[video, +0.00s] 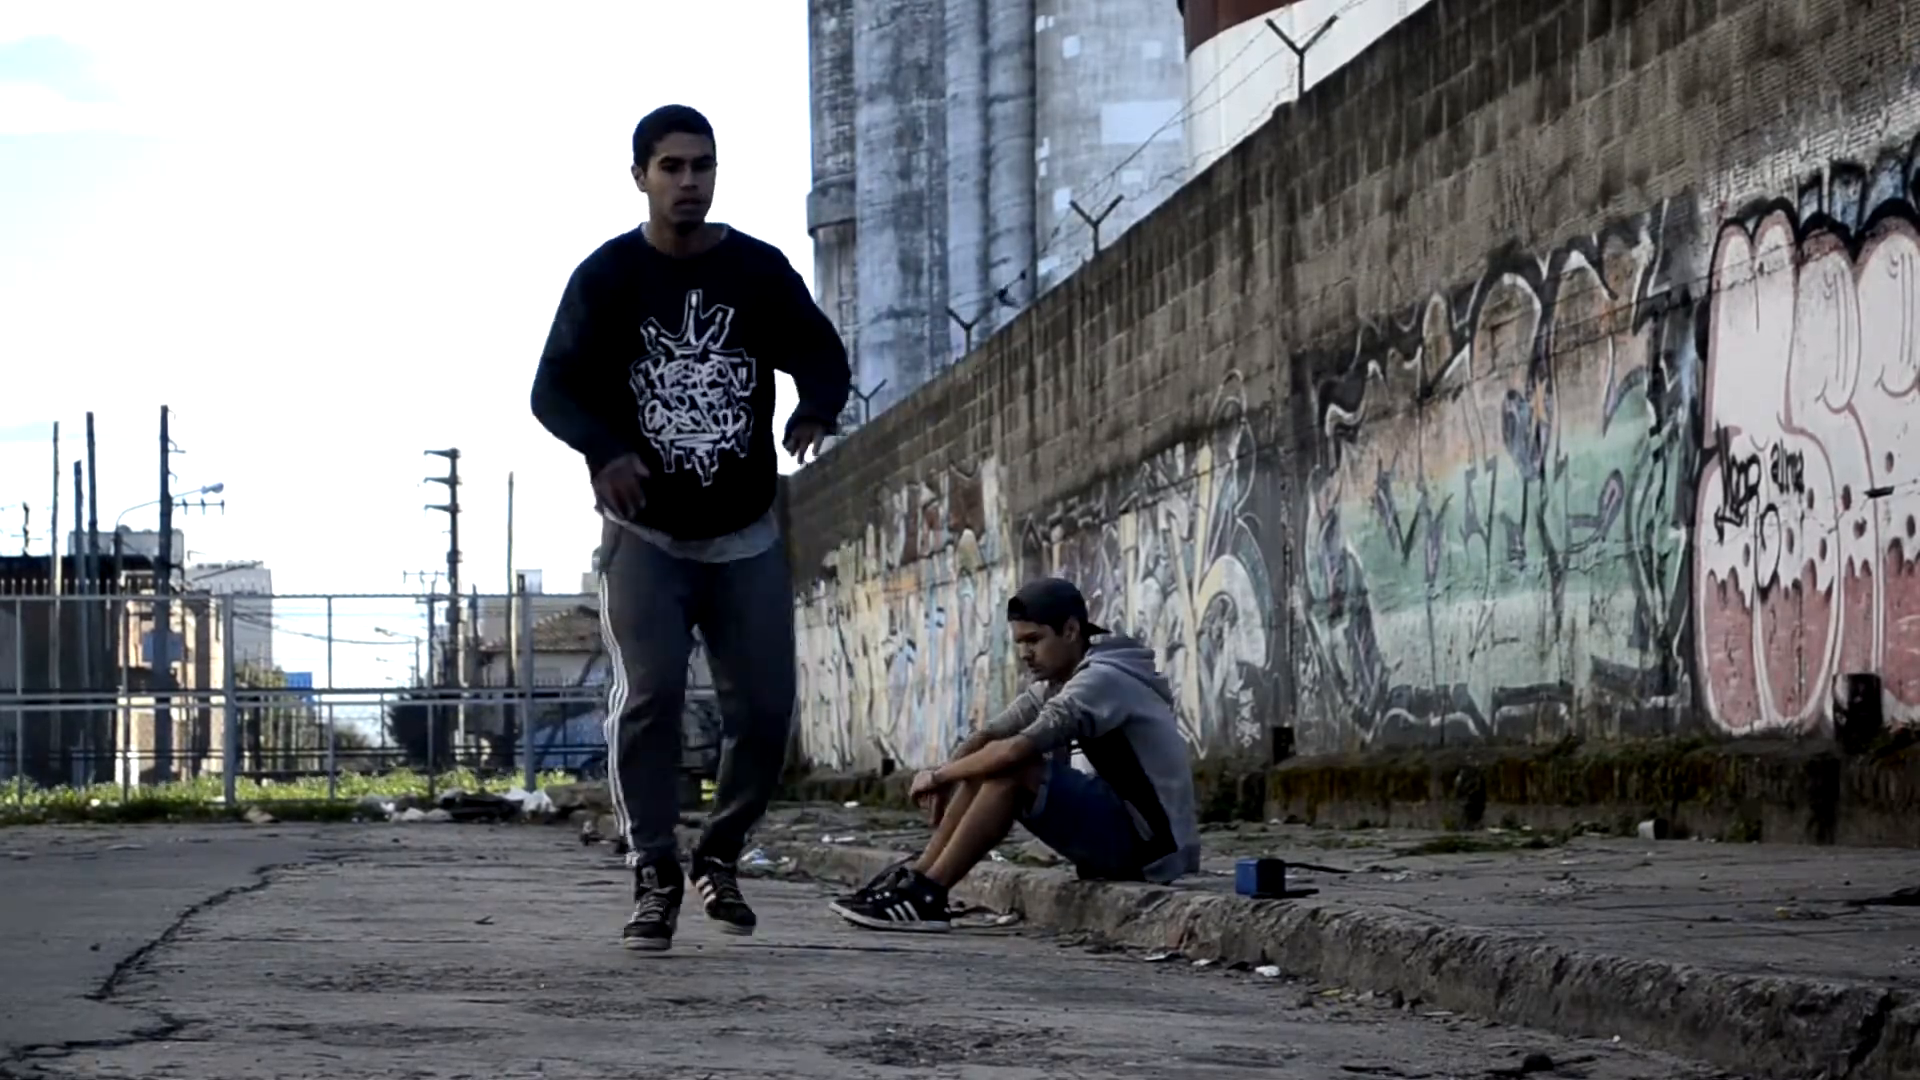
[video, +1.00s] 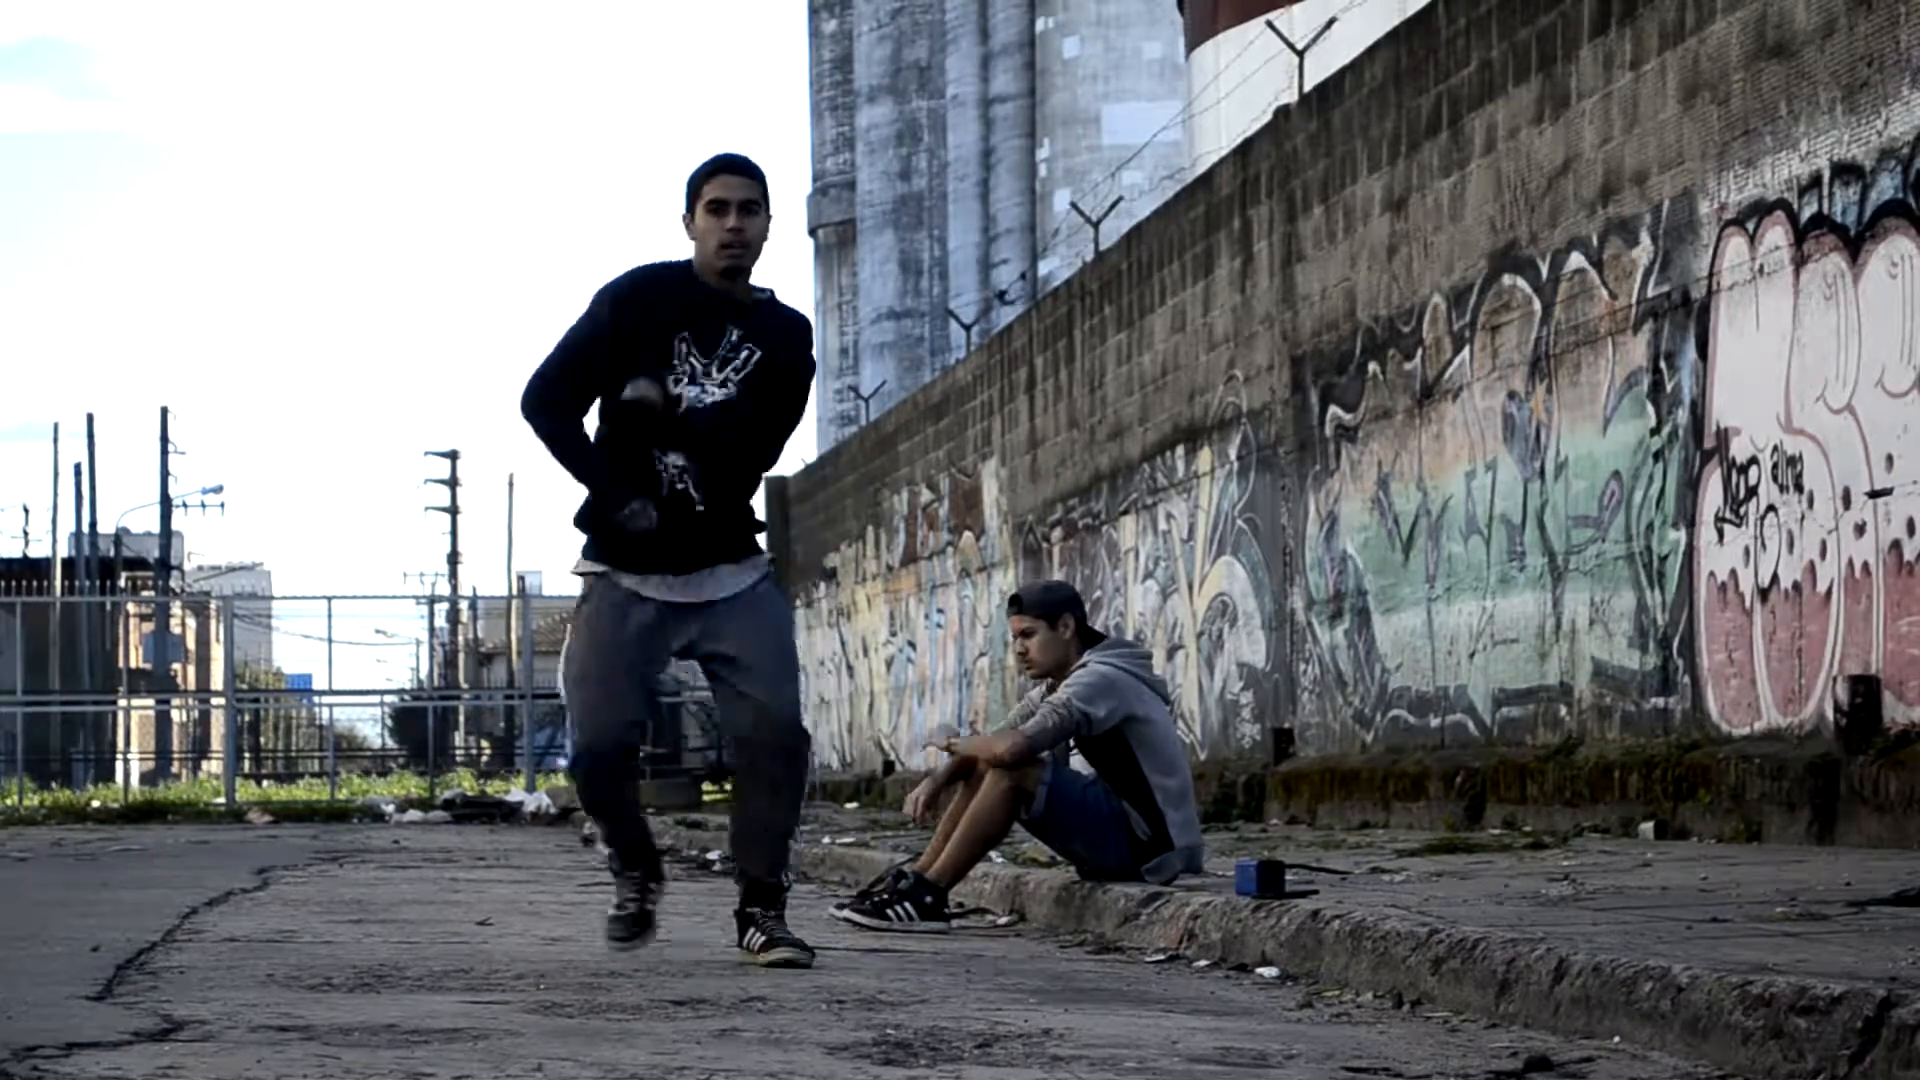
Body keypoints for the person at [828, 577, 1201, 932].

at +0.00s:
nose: (1023, 655)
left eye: (1032, 641)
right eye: (1018, 643)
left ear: (1071, 631)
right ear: (1062, 635)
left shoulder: (1102, 677)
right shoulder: (1064, 678)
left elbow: (1018, 752)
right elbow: (992, 735)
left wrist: (940, 774)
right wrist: (940, 777)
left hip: (1150, 848)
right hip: (1119, 838)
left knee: (1016, 769)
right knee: (988, 760)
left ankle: (932, 895)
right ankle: (915, 881)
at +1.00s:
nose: (1019, 650)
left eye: (1028, 636)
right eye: (1015, 639)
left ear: (1067, 628)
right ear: (1061, 632)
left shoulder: (1101, 676)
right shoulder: (1064, 684)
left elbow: (1011, 751)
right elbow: (999, 743)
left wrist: (957, 749)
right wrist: (942, 776)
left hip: (1151, 848)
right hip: (1120, 839)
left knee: (1013, 771)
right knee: (983, 767)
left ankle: (933, 895)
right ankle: (915, 882)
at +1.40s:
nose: (1030, 641)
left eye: (1041, 629)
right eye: (1026, 630)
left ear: (1080, 626)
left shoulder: (1104, 672)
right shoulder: (1060, 673)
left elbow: (1010, 737)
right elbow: (990, 730)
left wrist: (1001, 721)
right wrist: (936, 793)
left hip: (1146, 845)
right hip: (1115, 834)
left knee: (1012, 766)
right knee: (988, 755)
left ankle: (932, 894)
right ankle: (915, 880)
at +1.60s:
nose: (1029, 642)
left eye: (1039, 629)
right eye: (1026, 630)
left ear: (1079, 627)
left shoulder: (1103, 670)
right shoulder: (1073, 672)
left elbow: (1009, 737)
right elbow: (995, 728)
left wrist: (999, 720)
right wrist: (941, 784)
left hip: (1150, 842)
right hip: (1119, 832)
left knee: (1011, 765)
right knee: (989, 758)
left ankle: (932, 895)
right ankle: (912, 883)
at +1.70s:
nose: (1028, 639)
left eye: (1039, 626)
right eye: (1026, 628)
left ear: (1079, 625)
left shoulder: (1101, 667)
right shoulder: (1081, 669)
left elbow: (1010, 735)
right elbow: (1010, 734)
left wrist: (978, 725)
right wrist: (949, 771)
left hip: (1149, 843)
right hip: (1122, 834)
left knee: (1014, 764)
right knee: (988, 757)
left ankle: (936, 893)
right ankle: (914, 881)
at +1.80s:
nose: (1027, 637)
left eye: (1038, 625)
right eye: (1025, 626)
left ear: (1077, 624)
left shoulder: (1097, 665)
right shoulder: (1082, 668)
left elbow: (1012, 732)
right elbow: (1019, 745)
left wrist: (943, 749)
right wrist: (958, 763)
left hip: (1150, 842)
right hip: (1123, 833)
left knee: (1013, 764)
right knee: (985, 765)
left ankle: (935, 894)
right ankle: (915, 882)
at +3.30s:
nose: (1029, 635)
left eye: (1040, 622)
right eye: (1025, 624)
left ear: (1079, 620)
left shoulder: (1093, 671)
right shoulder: (1079, 669)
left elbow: (1011, 747)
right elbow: (1002, 741)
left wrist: (934, 772)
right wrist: (939, 770)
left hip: (1148, 845)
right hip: (1119, 832)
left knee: (1007, 776)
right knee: (981, 768)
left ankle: (932, 894)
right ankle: (912, 883)